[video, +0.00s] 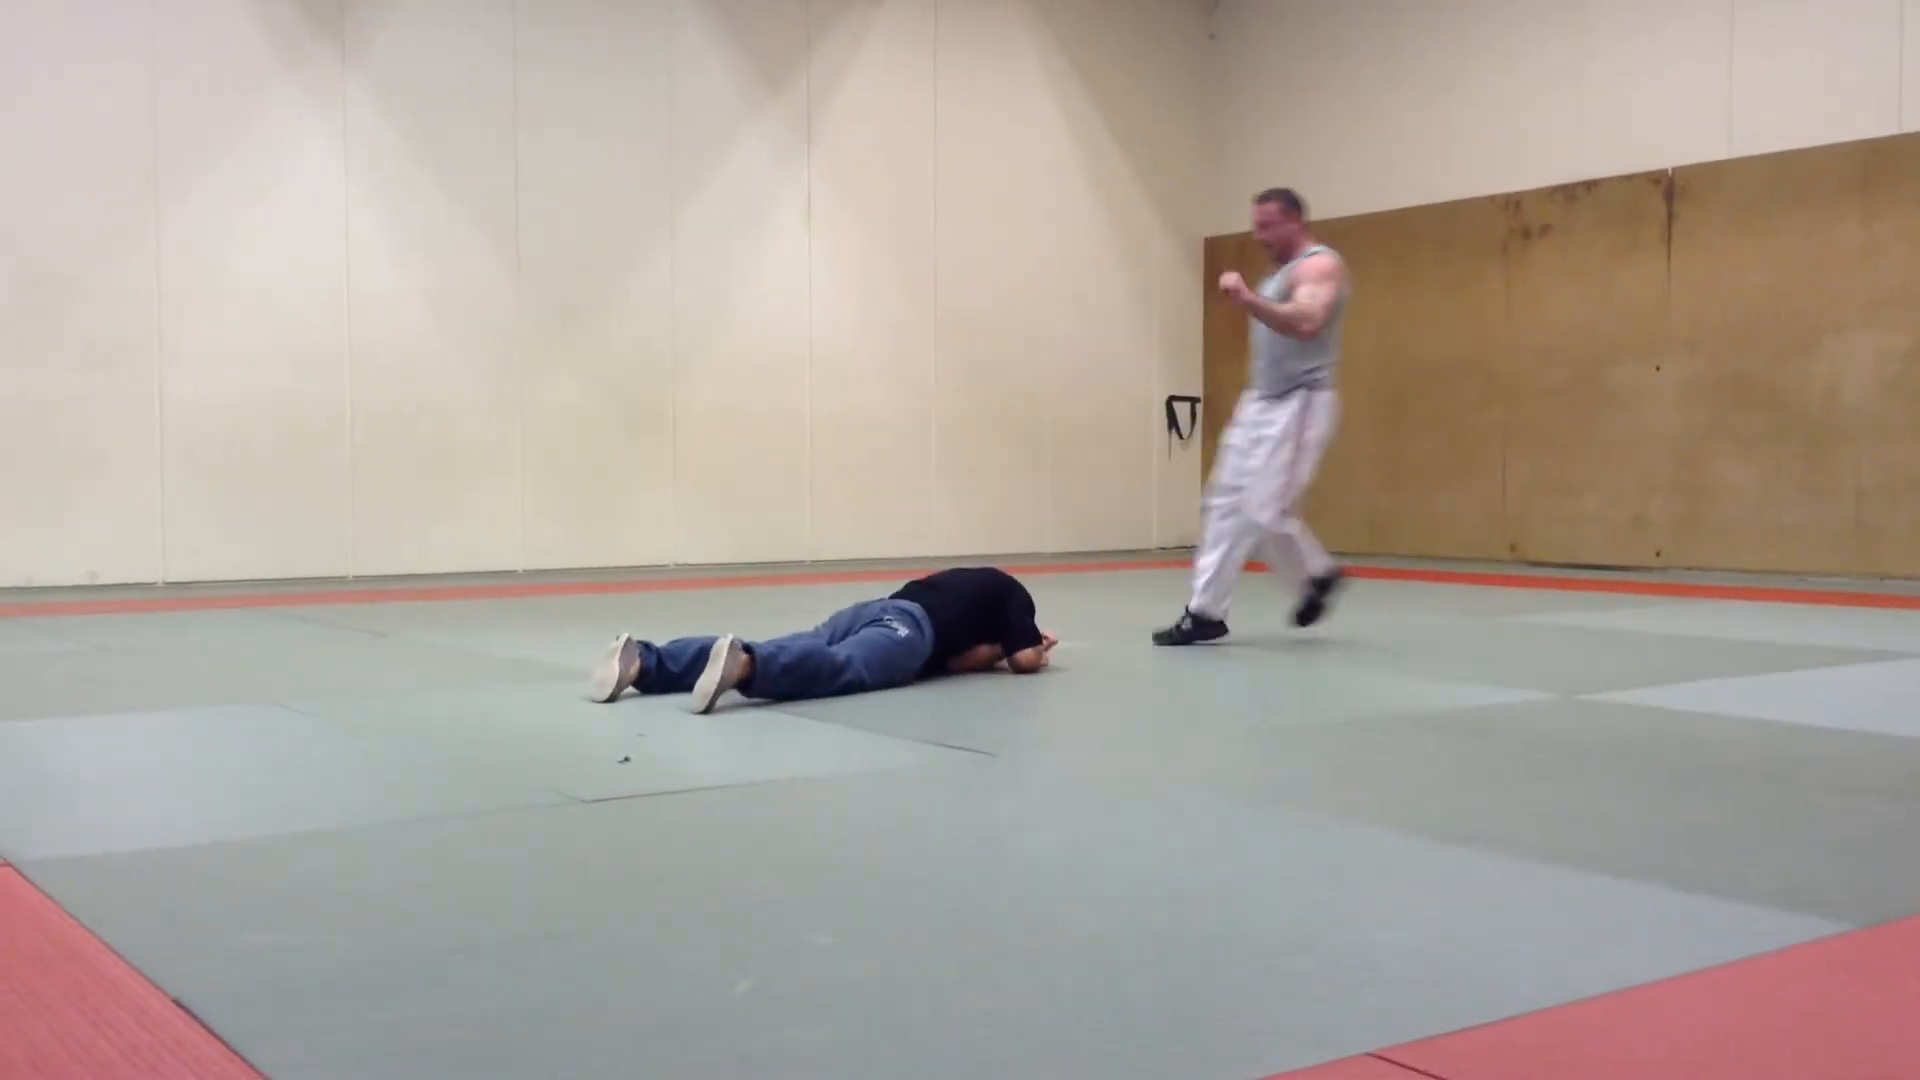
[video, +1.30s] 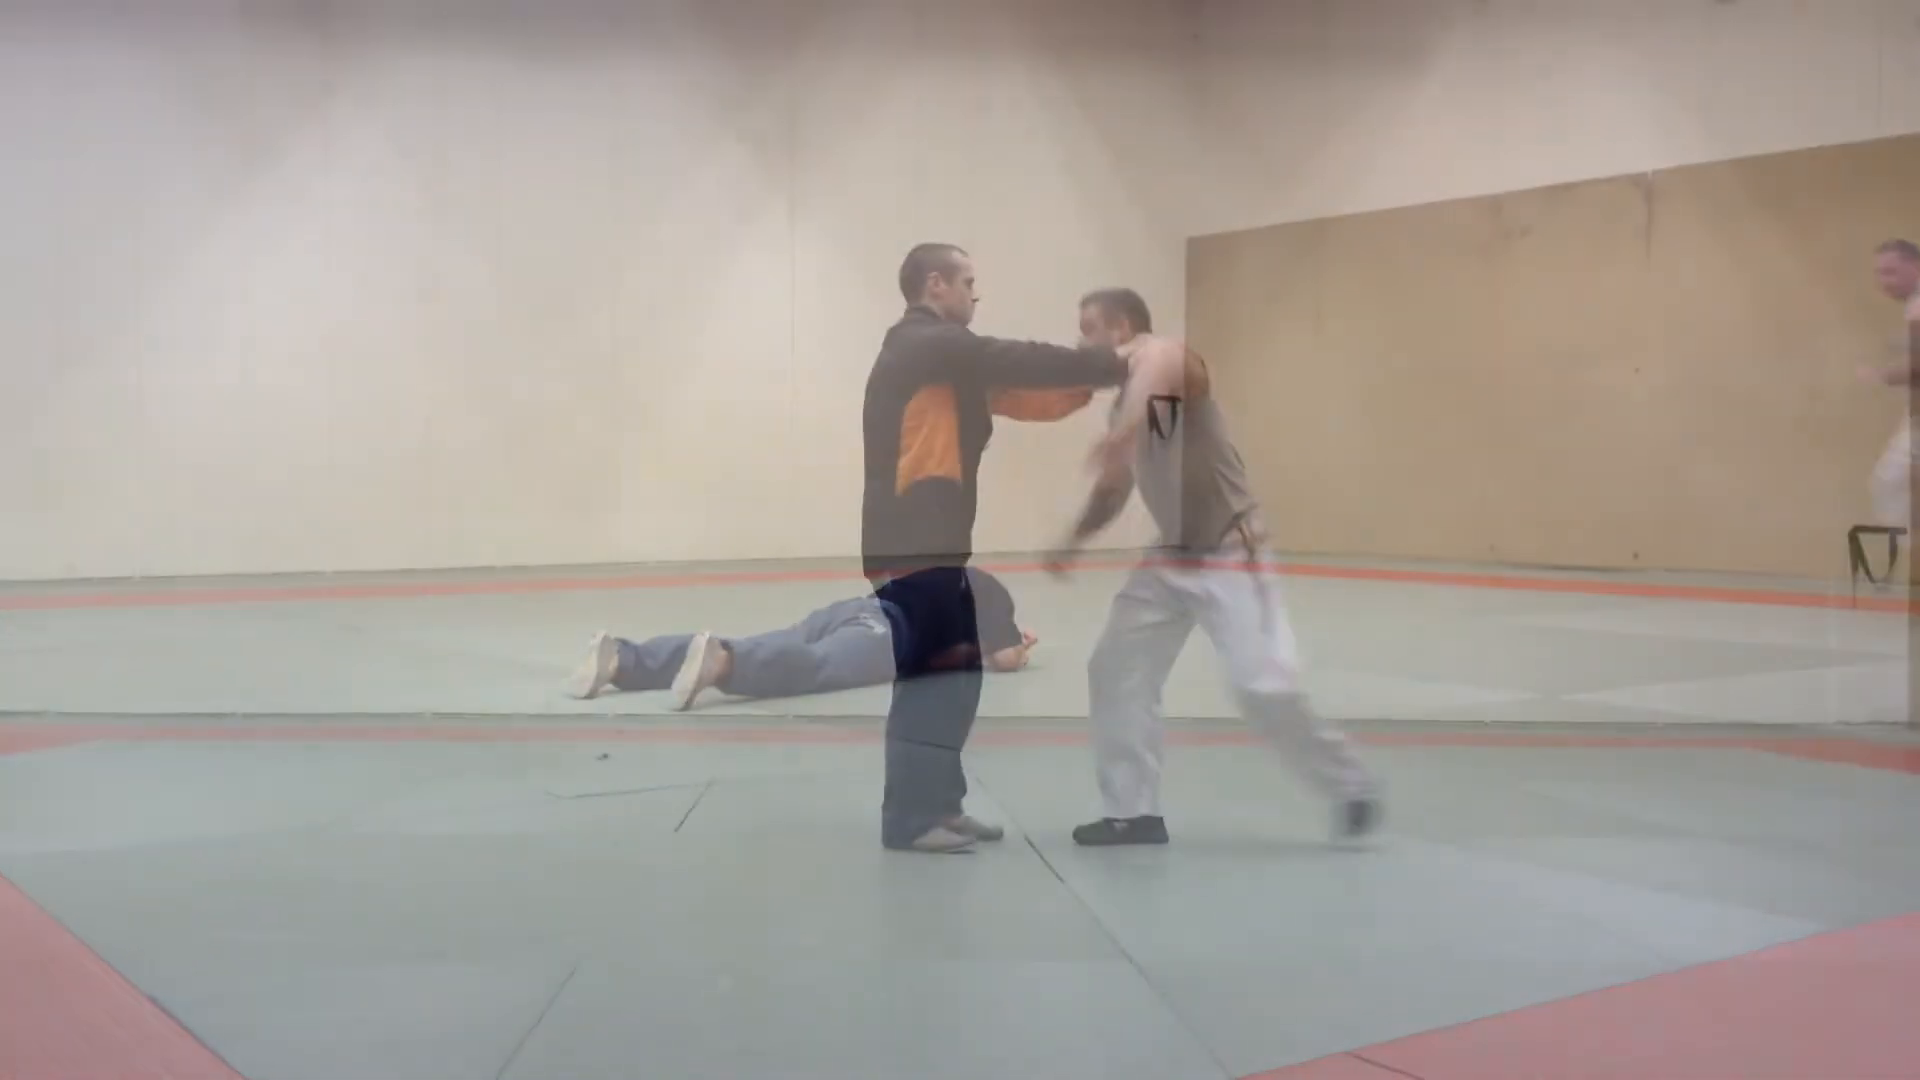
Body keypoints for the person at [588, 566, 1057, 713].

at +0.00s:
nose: (1028, 646)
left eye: (1024, 644)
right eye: (1028, 643)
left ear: (1007, 621)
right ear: (1026, 613)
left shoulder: (956, 589)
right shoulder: (1010, 594)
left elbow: (949, 660)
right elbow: (1023, 660)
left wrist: (1007, 651)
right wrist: (1040, 653)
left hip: (868, 612)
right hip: (910, 622)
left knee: (779, 650)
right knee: (842, 666)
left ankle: (644, 664)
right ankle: (748, 665)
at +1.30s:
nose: (1015, 634)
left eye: (1011, 626)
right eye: (1013, 623)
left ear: (979, 586)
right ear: (999, 601)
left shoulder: (951, 582)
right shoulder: (986, 599)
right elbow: (993, 656)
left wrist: (1008, 641)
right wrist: (1016, 654)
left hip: (864, 610)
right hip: (889, 636)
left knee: (769, 646)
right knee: (815, 667)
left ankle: (624, 662)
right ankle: (727, 662)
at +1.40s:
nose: (1017, 635)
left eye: (1010, 626)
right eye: (1015, 624)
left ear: (981, 589)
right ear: (1001, 603)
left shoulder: (951, 580)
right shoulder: (989, 602)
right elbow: (990, 658)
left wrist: (1004, 641)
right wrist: (1014, 656)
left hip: (870, 610)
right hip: (894, 638)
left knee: (775, 646)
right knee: (817, 666)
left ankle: (626, 663)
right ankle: (727, 663)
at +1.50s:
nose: (1016, 638)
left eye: (1011, 629)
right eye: (1011, 626)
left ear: (983, 592)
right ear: (999, 609)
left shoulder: (959, 579)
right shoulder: (984, 607)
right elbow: (988, 659)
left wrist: (1003, 642)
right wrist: (1015, 656)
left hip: (869, 612)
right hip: (893, 639)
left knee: (770, 649)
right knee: (815, 669)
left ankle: (625, 664)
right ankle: (728, 664)